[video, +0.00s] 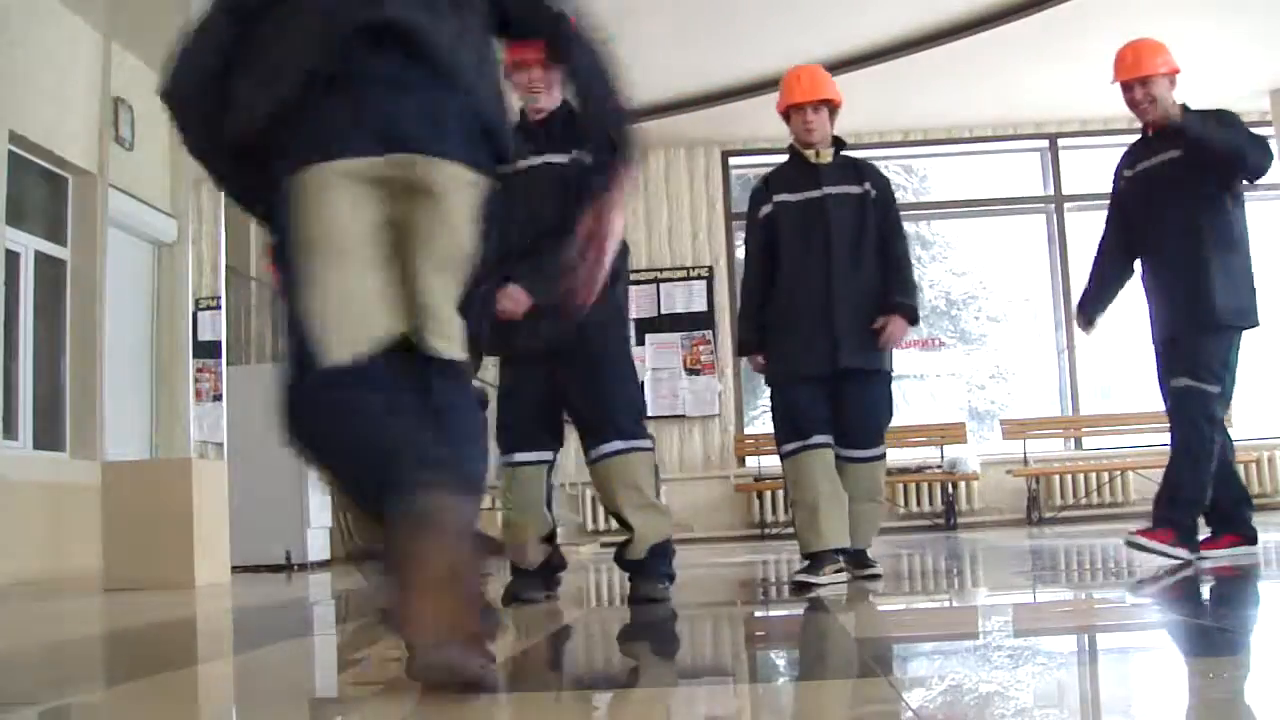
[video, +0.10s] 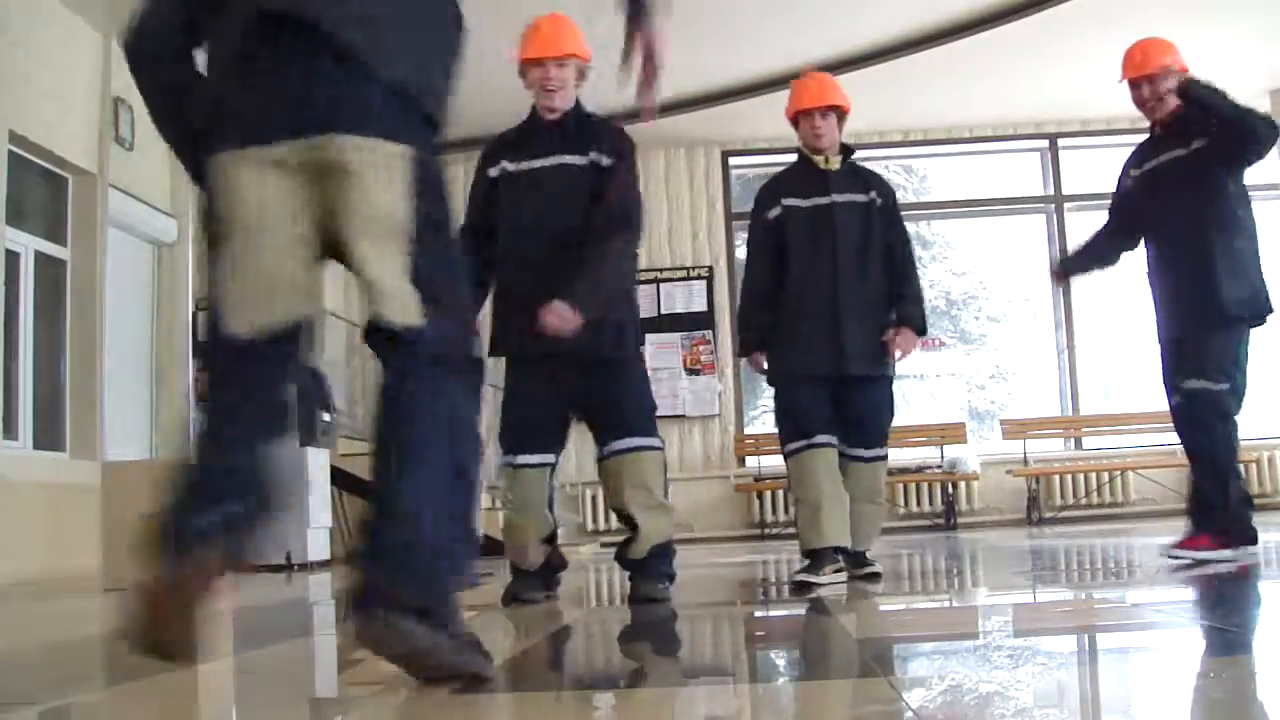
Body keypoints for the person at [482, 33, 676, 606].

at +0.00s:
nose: (530, 85)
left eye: (540, 73)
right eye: (519, 75)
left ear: (562, 74)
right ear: (508, 81)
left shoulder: (594, 140)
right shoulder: (498, 150)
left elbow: (596, 241)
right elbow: (474, 242)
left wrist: (533, 288)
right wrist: (487, 296)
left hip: (592, 328)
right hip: (523, 333)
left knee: (620, 454)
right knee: (523, 461)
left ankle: (649, 568)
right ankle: (532, 570)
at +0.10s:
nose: (551, 76)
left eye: (563, 65)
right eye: (540, 65)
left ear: (582, 70)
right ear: (523, 72)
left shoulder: (609, 143)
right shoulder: (499, 154)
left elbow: (619, 237)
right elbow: (477, 244)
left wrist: (578, 301)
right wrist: (455, 315)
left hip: (606, 337)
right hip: (529, 343)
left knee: (635, 462)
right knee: (525, 471)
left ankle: (651, 584)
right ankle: (531, 584)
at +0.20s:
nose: (572, 77)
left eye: (584, 66)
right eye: (560, 67)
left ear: (602, 71)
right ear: (544, 74)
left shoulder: (628, 148)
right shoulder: (513, 152)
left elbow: (643, 241)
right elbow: (479, 233)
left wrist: (633, 320)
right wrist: (465, 301)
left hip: (613, 332)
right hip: (538, 334)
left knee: (640, 461)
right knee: (532, 463)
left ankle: (653, 582)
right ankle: (531, 572)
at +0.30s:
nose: (598, 75)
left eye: (610, 64)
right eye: (586, 65)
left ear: (627, 71)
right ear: (568, 72)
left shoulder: (652, 152)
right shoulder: (533, 148)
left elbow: (670, 250)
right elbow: (495, 228)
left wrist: (676, 333)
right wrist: (484, 296)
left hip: (633, 338)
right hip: (552, 338)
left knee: (650, 461)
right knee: (540, 465)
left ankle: (656, 571)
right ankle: (534, 570)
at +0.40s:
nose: (620, 75)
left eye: (631, 63)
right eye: (607, 64)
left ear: (648, 72)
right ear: (588, 71)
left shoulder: (666, 154)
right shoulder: (552, 146)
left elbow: (689, 256)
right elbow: (510, 232)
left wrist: (701, 336)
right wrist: (497, 303)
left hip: (647, 339)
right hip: (567, 338)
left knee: (664, 463)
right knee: (557, 467)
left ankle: (656, 571)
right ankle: (541, 558)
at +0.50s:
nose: (627, 55)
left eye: (638, 42)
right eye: (614, 43)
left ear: (656, 50)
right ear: (595, 52)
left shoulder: (675, 141)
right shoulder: (559, 132)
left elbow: (696, 237)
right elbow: (521, 223)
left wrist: (703, 318)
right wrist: (502, 300)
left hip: (652, 329)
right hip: (572, 328)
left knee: (670, 464)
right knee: (571, 462)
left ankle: (655, 562)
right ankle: (562, 553)